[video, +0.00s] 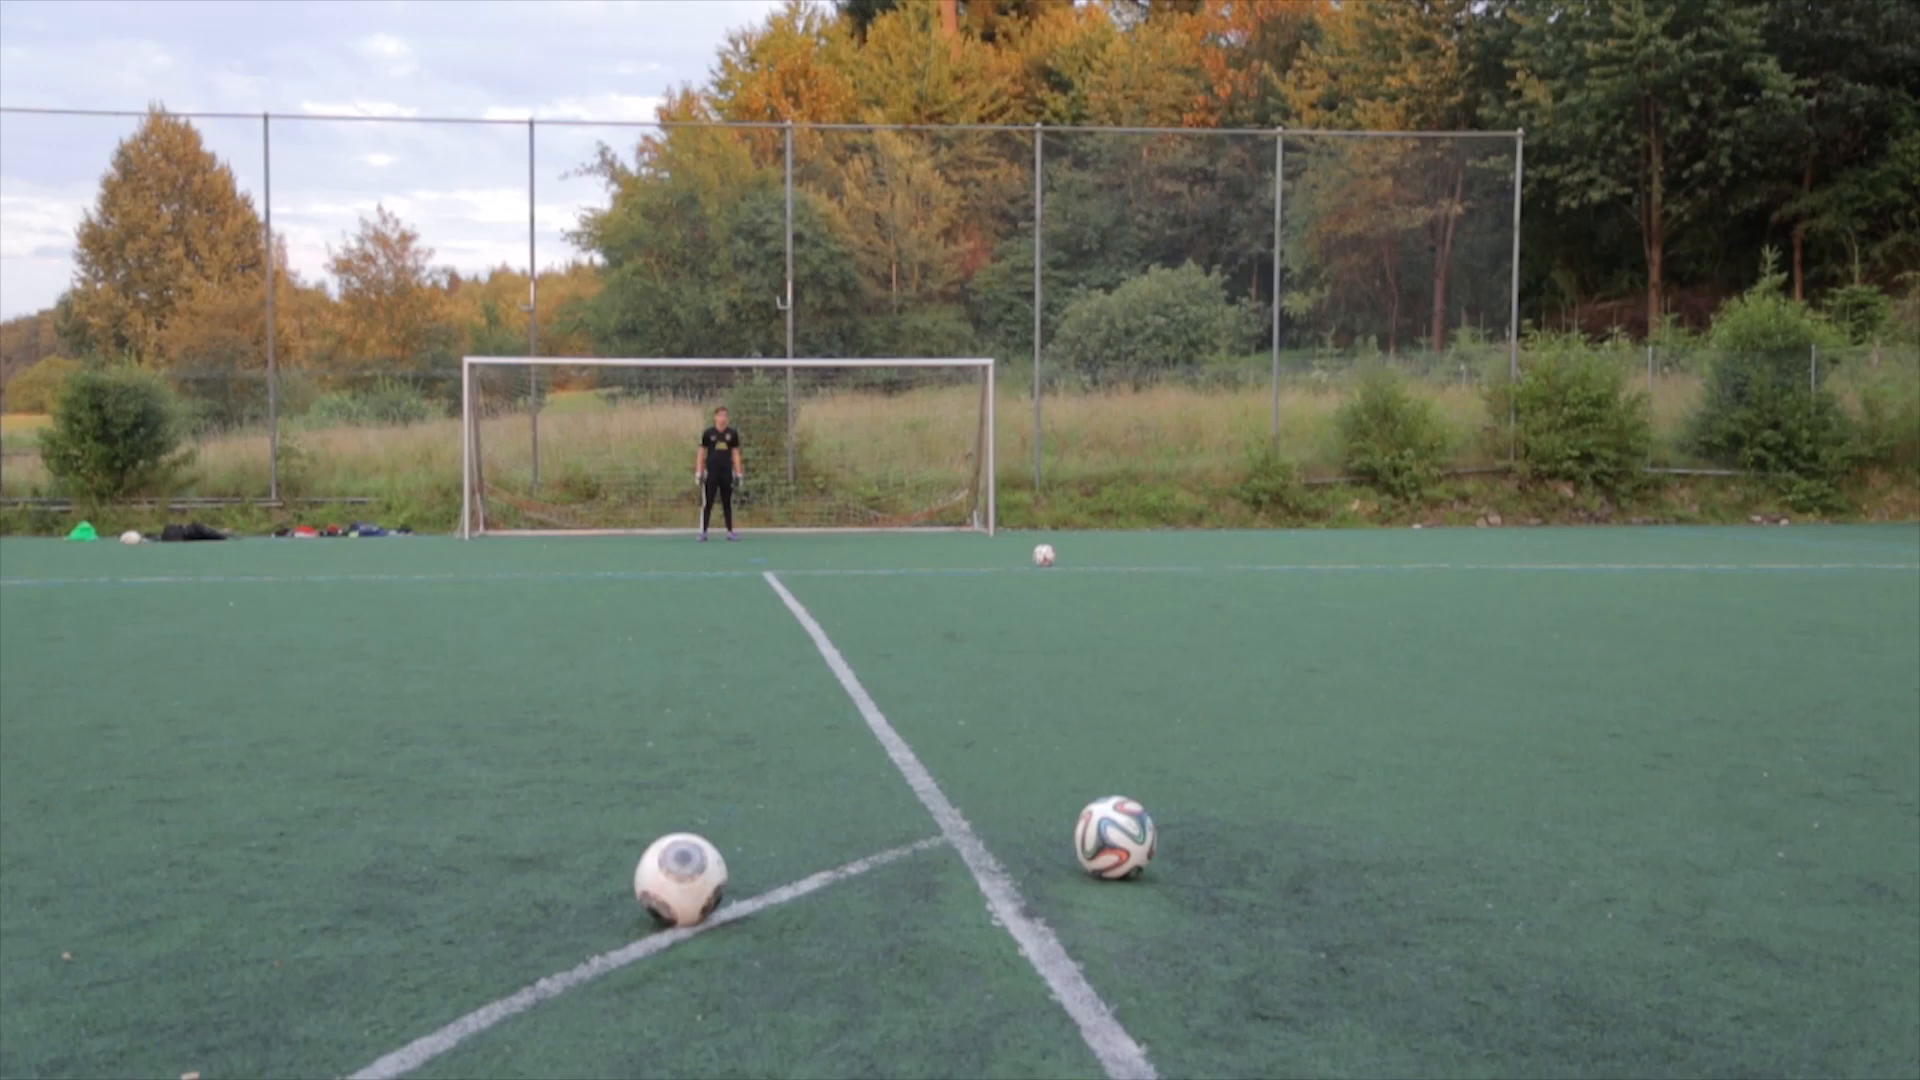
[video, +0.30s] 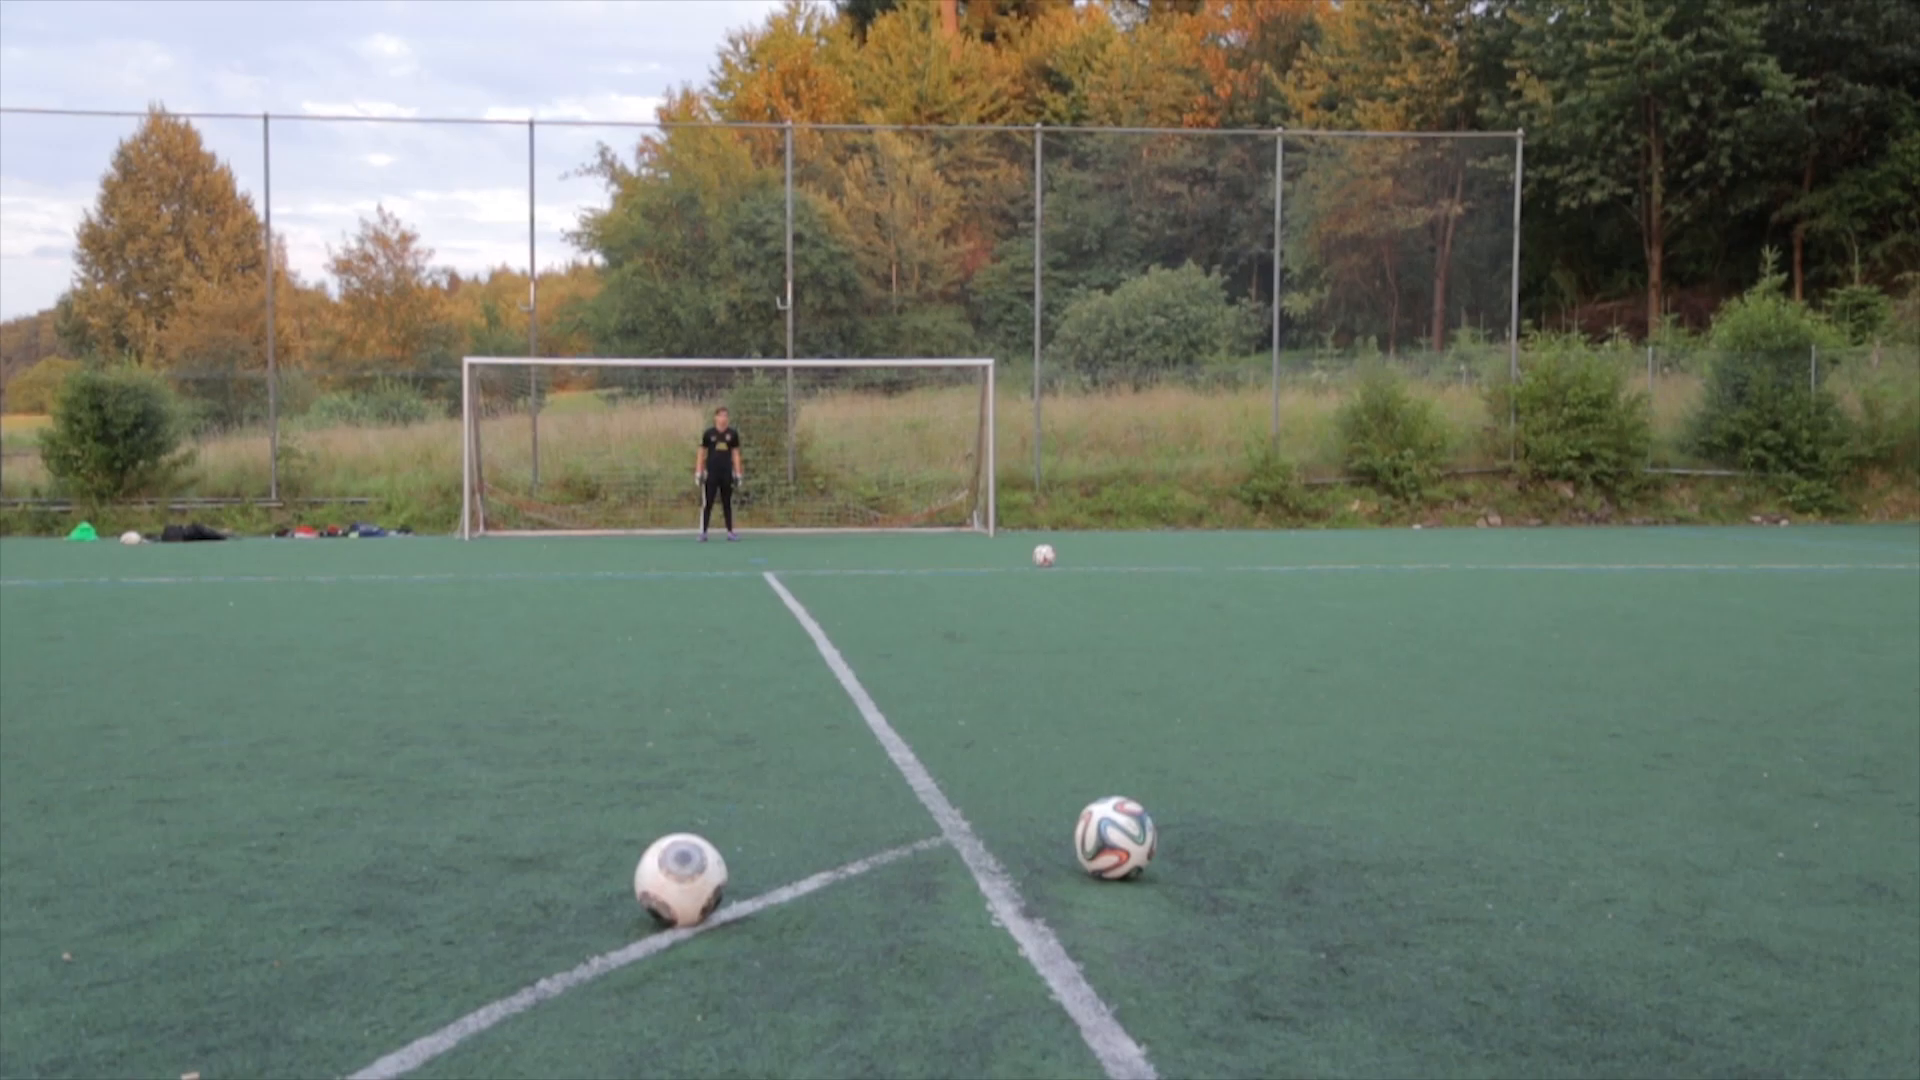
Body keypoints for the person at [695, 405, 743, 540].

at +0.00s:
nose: (723, 419)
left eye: (725, 416)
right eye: (720, 416)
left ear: (728, 418)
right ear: (715, 418)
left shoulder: (732, 434)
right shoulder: (708, 433)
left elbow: (736, 453)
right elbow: (702, 452)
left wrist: (738, 471)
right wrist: (699, 470)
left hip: (726, 473)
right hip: (711, 473)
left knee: (727, 503)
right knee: (708, 503)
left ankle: (730, 530)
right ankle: (704, 530)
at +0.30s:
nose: (723, 420)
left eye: (725, 416)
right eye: (720, 416)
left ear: (728, 419)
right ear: (715, 418)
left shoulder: (732, 434)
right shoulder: (709, 434)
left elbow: (736, 454)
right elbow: (702, 452)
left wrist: (738, 472)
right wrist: (699, 470)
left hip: (726, 473)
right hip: (711, 473)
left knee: (727, 503)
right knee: (708, 503)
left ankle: (730, 530)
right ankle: (703, 531)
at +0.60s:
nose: (723, 420)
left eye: (725, 417)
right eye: (721, 416)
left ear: (729, 419)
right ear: (716, 418)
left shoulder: (733, 435)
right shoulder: (709, 434)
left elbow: (736, 454)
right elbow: (702, 453)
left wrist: (738, 472)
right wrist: (699, 470)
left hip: (726, 473)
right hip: (711, 473)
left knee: (727, 503)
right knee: (708, 503)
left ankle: (730, 530)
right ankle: (703, 531)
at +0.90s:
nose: (724, 420)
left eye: (726, 417)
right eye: (721, 417)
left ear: (729, 419)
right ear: (716, 419)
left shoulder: (733, 435)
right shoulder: (709, 434)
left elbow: (736, 454)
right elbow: (702, 452)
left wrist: (739, 472)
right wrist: (700, 470)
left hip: (727, 474)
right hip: (711, 473)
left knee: (728, 503)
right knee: (708, 504)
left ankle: (730, 530)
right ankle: (703, 531)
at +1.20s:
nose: (726, 424)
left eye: (728, 421)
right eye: (723, 421)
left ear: (731, 423)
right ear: (718, 422)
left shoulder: (735, 438)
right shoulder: (711, 436)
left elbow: (738, 455)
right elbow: (703, 452)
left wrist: (740, 473)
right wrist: (702, 470)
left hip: (728, 474)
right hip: (712, 474)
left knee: (729, 503)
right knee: (706, 502)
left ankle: (730, 530)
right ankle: (703, 531)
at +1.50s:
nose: (718, 429)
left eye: (720, 426)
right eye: (716, 426)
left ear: (724, 428)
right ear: (712, 427)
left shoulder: (728, 442)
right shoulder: (704, 441)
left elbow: (731, 456)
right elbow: (695, 453)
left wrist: (734, 471)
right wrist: (697, 469)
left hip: (723, 476)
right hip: (706, 476)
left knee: (729, 503)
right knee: (697, 502)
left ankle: (730, 530)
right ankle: (688, 531)